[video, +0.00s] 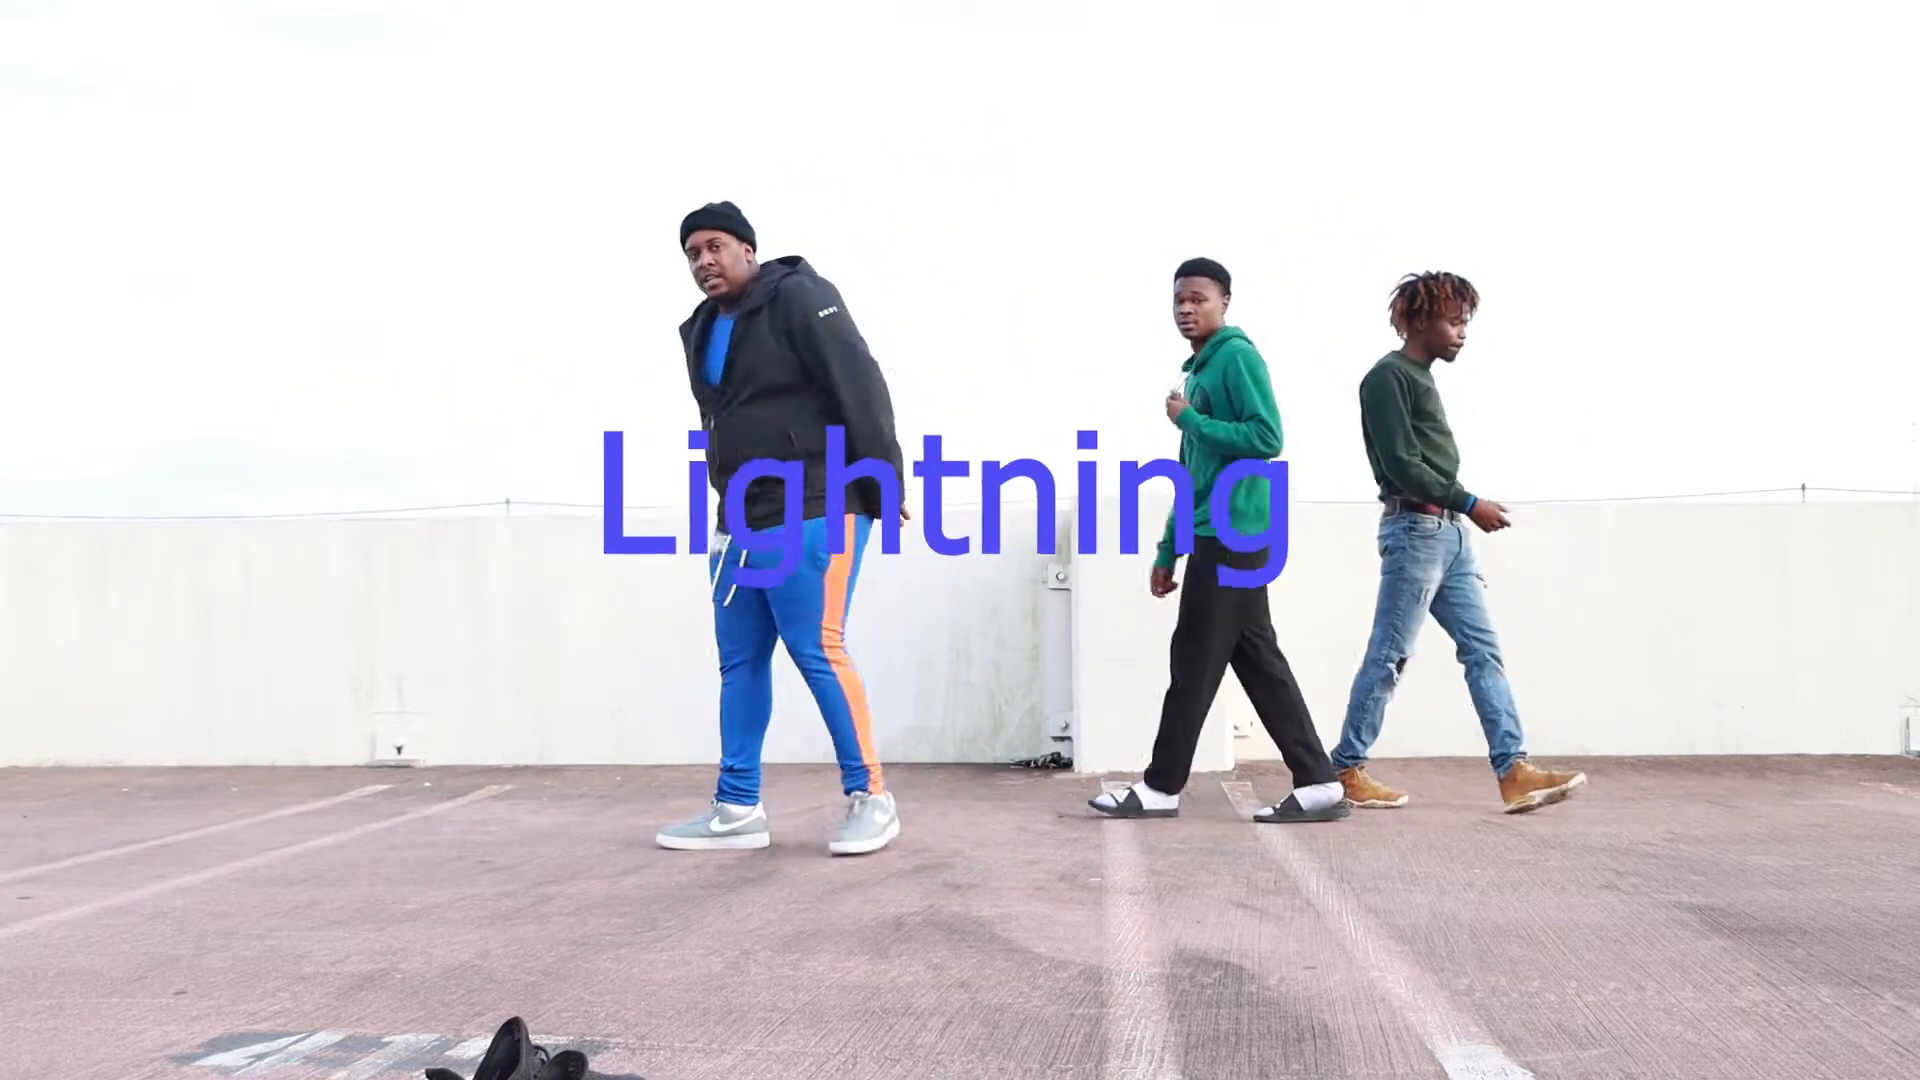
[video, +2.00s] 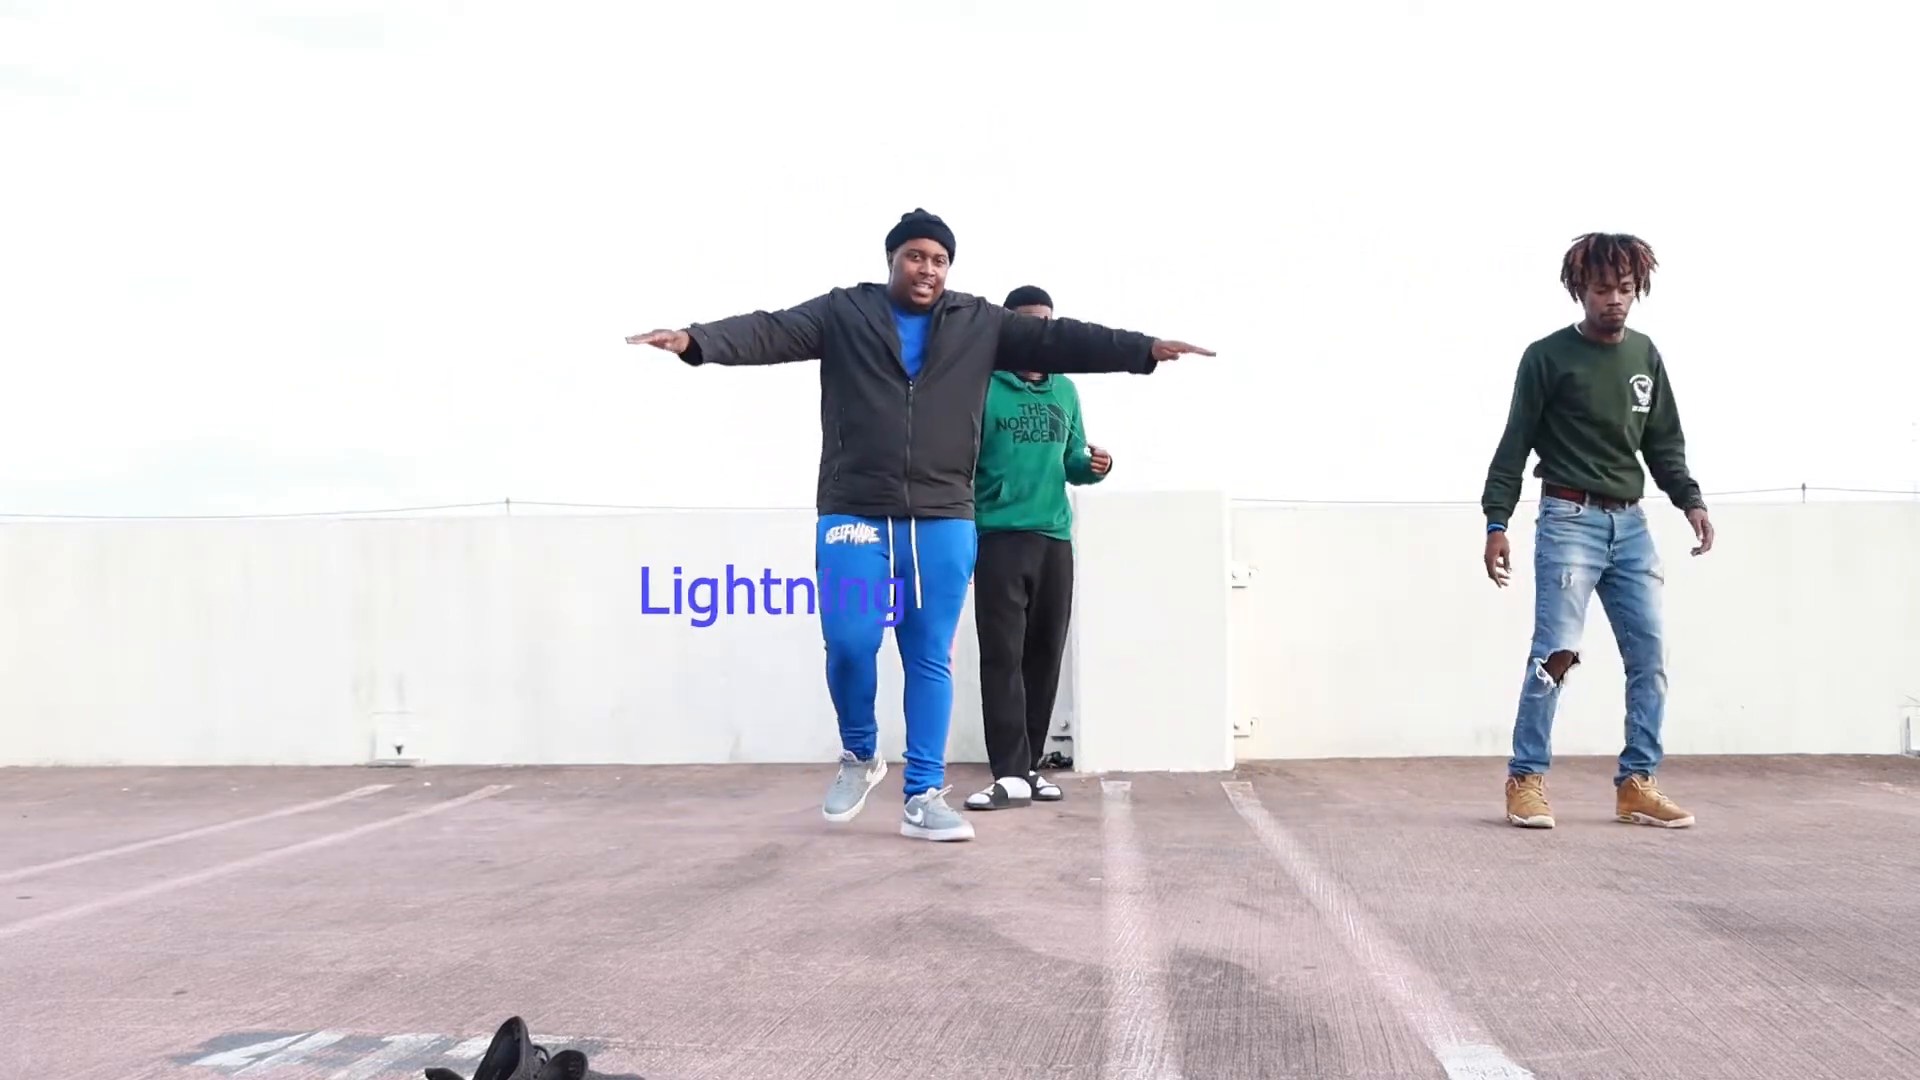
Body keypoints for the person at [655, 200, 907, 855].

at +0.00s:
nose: (704, 261)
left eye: (715, 247)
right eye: (695, 254)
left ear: (747, 248)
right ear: (690, 267)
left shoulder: (798, 293)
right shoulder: (703, 332)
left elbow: (859, 381)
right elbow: (721, 422)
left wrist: (882, 482)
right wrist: (726, 497)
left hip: (817, 505)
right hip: (744, 515)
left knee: (816, 646)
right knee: (741, 659)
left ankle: (870, 799)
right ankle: (737, 806)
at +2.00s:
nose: (926, 268)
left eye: (937, 260)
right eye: (914, 257)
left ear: (949, 269)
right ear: (891, 261)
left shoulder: (977, 322)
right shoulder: (845, 312)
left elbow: (1053, 338)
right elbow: (773, 330)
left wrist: (1143, 348)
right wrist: (697, 340)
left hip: (942, 510)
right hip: (853, 506)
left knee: (929, 654)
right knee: (848, 644)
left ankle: (924, 796)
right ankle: (859, 756)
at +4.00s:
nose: (872, 290)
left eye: (882, 278)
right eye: (858, 280)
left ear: (900, 273)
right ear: (840, 280)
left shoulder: (932, 319)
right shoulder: (816, 325)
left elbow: (942, 392)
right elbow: (783, 400)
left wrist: (877, 337)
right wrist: (853, 370)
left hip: (908, 509)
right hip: (828, 516)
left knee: (902, 646)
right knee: (849, 659)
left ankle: (913, 786)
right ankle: (867, 787)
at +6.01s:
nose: (842, 204)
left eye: (854, 189)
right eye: (835, 194)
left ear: (899, 190)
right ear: (836, 206)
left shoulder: (945, 247)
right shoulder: (836, 286)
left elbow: (907, 344)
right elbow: (812, 402)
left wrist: (796, 348)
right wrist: (792, 363)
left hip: (938, 487)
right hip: (854, 500)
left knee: (911, 654)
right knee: (861, 671)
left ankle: (949, 843)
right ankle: (910, 829)